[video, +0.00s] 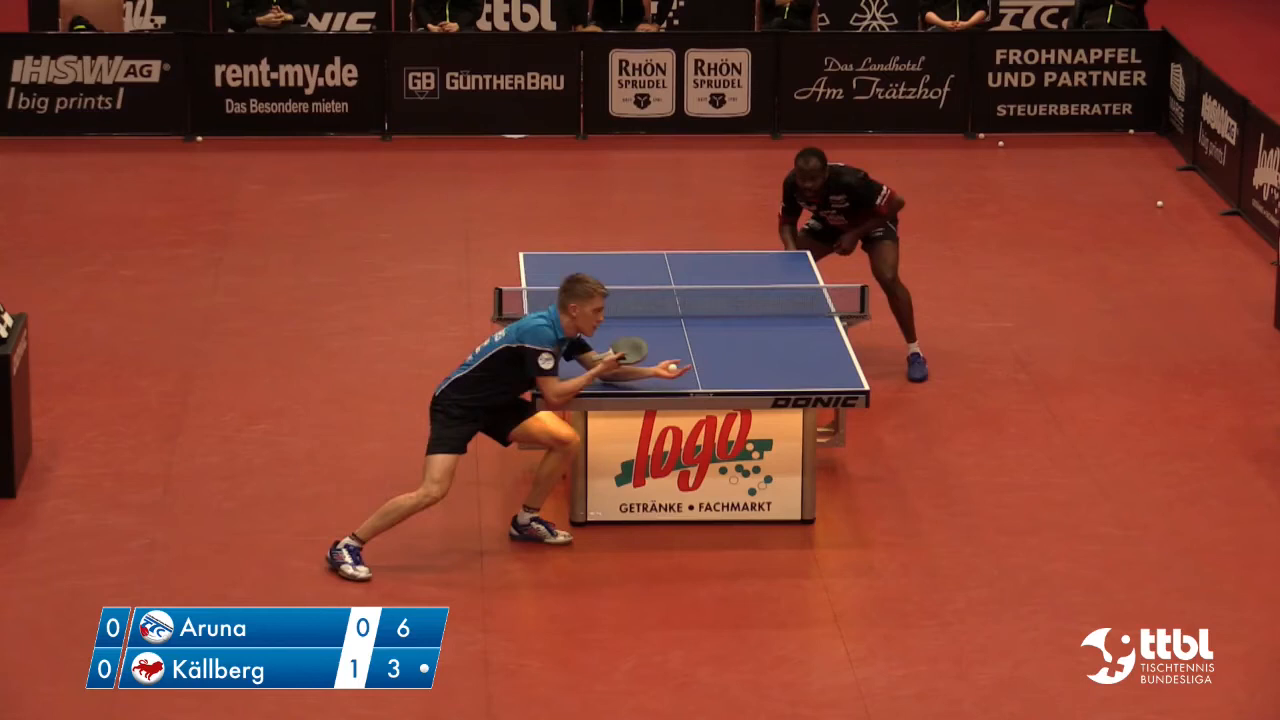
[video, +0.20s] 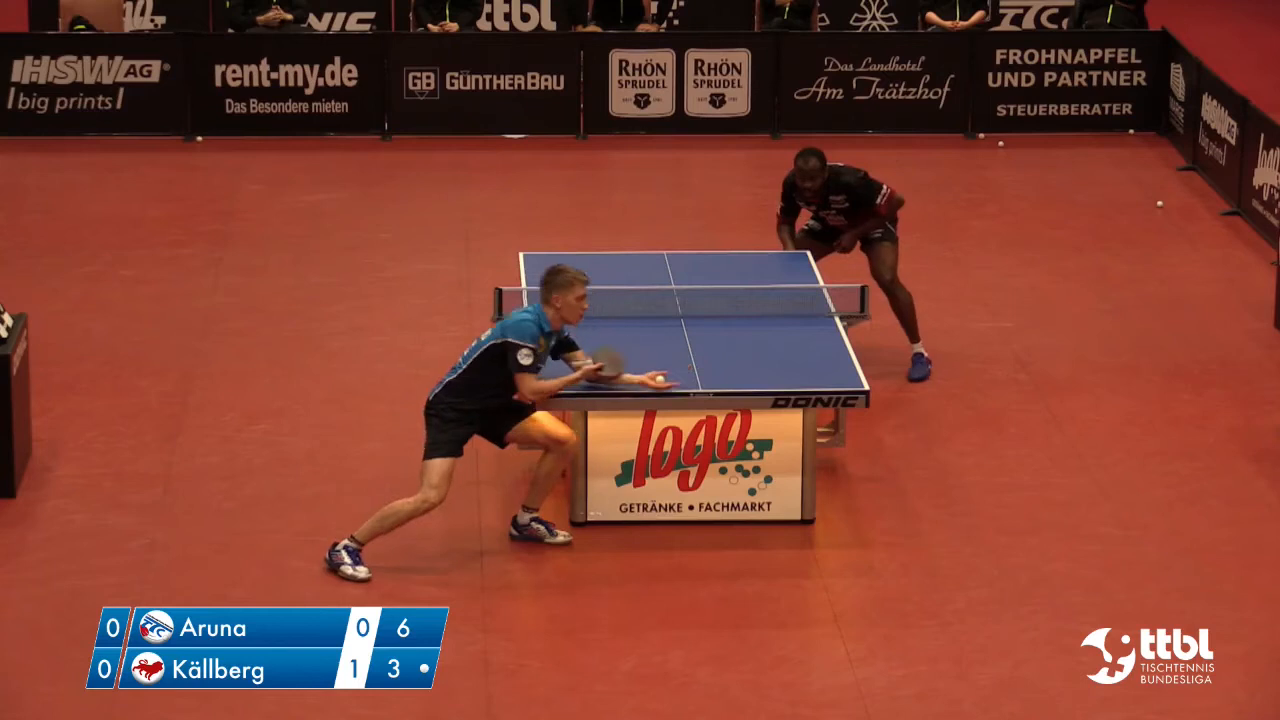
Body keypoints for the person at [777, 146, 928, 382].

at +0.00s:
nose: (808, 185)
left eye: (813, 179)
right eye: (803, 179)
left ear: (825, 173)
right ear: (795, 173)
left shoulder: (850, 180)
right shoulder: (792, 184)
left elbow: (895, 202)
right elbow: (787, 222)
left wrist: (855, 234)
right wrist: (793, 252)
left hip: (872, 220)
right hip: (830, 221)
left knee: (887, 278)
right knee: (791, 264)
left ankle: (914, 351)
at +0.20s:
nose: (807, 185)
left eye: (812, 179)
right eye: (802, 179)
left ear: (825, 173)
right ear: (795, 173)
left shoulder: (850, 180)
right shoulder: (792, 185)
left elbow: (895, 201)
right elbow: (785, 223)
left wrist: (855, 234)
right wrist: (792, 251)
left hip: (872, 221)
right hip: (829, 221)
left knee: (886, 279)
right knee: (789, 264)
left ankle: (919, 352)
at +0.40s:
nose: (812, 188)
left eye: (818, 182)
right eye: (807, 183)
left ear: (829, 176)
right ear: (800, 177)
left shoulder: (855, 184)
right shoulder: (798, 188)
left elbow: (900, 208)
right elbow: (792, 223)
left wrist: (859, 240)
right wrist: (793, 252)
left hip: (878, 225)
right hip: (835, 227)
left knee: (888, 283)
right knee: (792, 265)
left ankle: (919, 353)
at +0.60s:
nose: (813, 189)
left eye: (818, 183)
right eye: (808, 183)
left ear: (830, 176)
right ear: (801, 178)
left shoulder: (856, 184)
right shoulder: (799, 188)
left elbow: (901, 207)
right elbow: (795, 223)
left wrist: (862, 240)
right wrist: (796, 252)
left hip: (879, 226)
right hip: (838, 227)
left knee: (889, 283)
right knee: (795, 266)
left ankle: (919, 353)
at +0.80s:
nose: (808, 187)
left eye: (814, 181)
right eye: (803, 181)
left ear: (826, 175)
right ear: (796, 176)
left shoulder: (851, 183)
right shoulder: (793, 188)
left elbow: (897, 205)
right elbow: (786, 226)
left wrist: (857, 239)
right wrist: (790, 252)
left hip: (873, 226)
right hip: (829, 228)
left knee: (886, 282)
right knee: (789, 265)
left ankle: (919, 353)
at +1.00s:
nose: (804, 180)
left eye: (810, 174)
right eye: (799, 174)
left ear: (822, 169)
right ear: (793, 169)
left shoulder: (848, 177)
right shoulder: (788, 182)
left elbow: (891, 199)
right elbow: (779, 217)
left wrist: (852, 232)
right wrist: (780, 243)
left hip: (868, 221)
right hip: (823, 223)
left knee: (887, 278)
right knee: (783, 261)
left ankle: (919, 352)